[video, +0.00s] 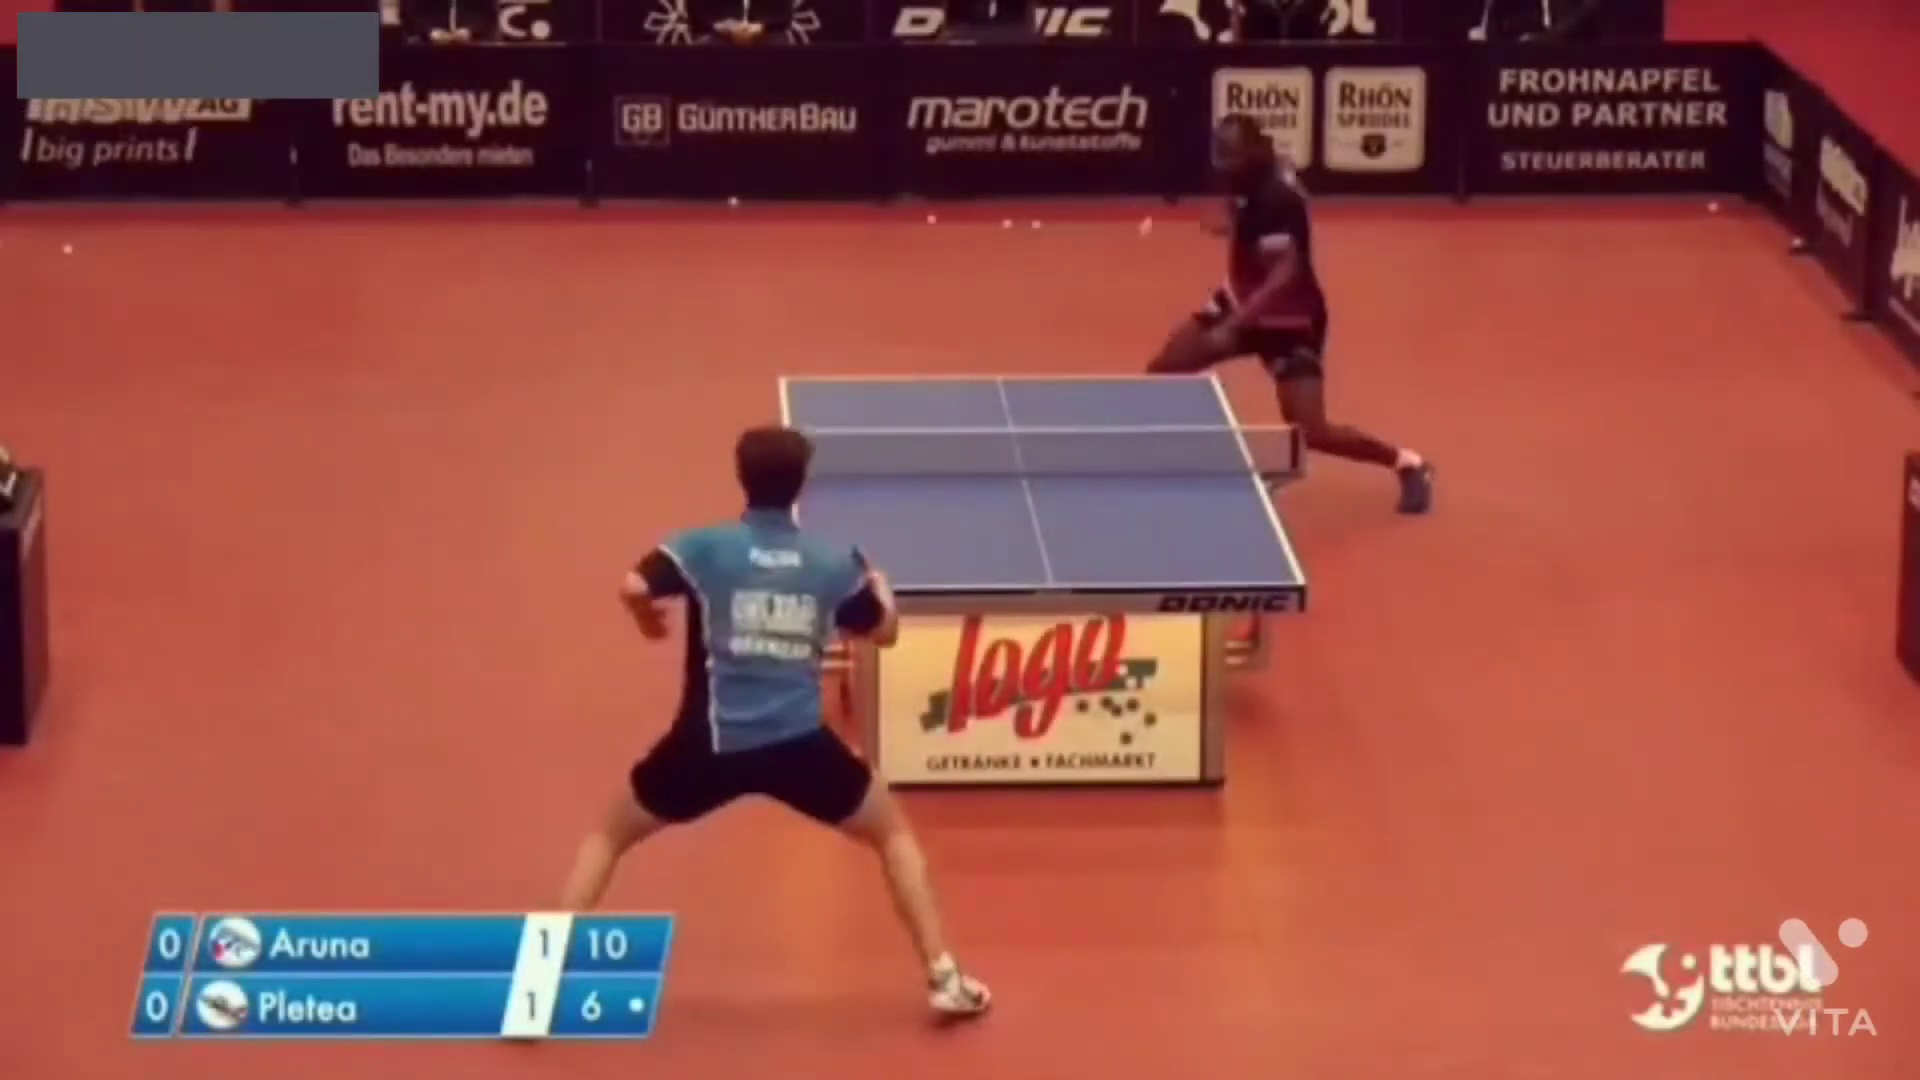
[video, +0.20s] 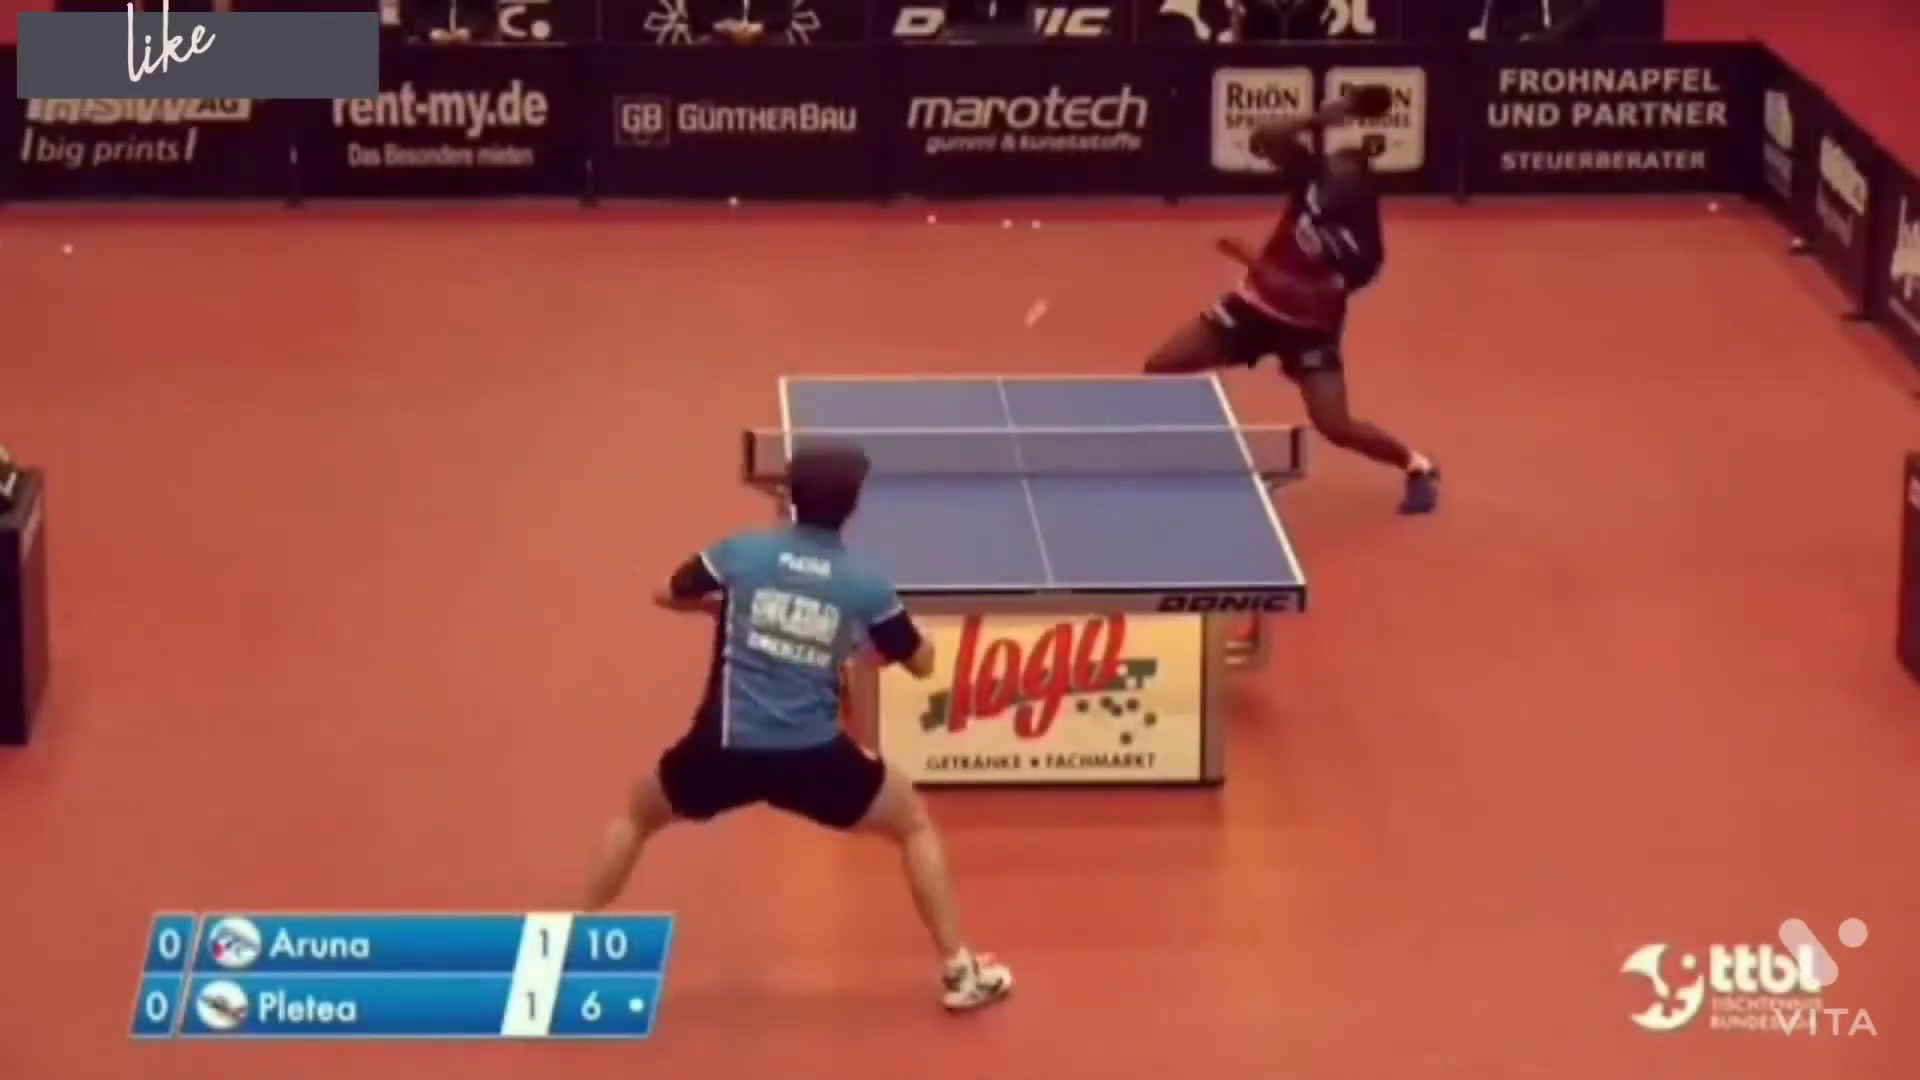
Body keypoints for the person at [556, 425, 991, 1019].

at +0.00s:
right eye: (798, 474)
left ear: (741, 481)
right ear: (802, 484)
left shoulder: (706, 547)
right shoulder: (829, 561)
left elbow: (633, 587)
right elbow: (884, 632)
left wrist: (652, 624)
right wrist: (882, 592)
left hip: (709, 745)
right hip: (800, 746)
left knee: (611, 834)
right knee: (892, 834)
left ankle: (547, 960)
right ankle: (943, 975)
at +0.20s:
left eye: (790, 487)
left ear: (792, 497)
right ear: (851, 507)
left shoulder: (747, 550)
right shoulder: (861, 581)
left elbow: (673, 594)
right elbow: (920, 662)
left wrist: (729, 596)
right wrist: (878, 625)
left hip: (723, 752)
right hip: (813, 758)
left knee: (638, 818)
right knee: (914, 825)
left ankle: (574, 937)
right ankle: (960, 968)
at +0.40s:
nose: (761, 497)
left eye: (759, 490)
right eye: (796, 497)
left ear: (750, 503)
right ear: (804, 515)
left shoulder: (708, 551)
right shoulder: (817, 583)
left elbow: (626, 566)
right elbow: (881, 620)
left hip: (690, 749)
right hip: (774, 757)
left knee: (611, 791)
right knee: (876, 835)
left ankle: (559, 931)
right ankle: (957, 966)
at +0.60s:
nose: (694, 484)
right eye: (696, 474)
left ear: (640, 481)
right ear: (697, 486)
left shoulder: (621, 532)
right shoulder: (723, 554)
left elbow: (581, 575)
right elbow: (776, 603)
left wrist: (545, 638)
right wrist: (781, 574)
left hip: (612, 733)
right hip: (693, 740)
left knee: (525, 819)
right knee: (790, 853)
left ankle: (446, 929)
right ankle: (885, 975)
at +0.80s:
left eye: (669, 467)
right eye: (710, 470)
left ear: (656, 478)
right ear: (715, 482)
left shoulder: (617, 541)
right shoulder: (741, 557)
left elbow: (545, 579)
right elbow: (795, 619)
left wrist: (563, 618)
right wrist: (812, 591)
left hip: (617, 730)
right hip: (708, 734)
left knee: (526, 807)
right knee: (816, 816)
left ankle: (446, 925)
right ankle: (870, 946)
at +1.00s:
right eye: (827, 499)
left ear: (772, 499)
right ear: (825, 511)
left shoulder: (721, 554)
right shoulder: (828, 581)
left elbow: (655, 591)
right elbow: (860, 664)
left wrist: (718, 602)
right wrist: (897, 670)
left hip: (688, 743)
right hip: (769, 752)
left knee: (614, 806)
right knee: (880, 821)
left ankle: (554, 928)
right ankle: (941, 960)